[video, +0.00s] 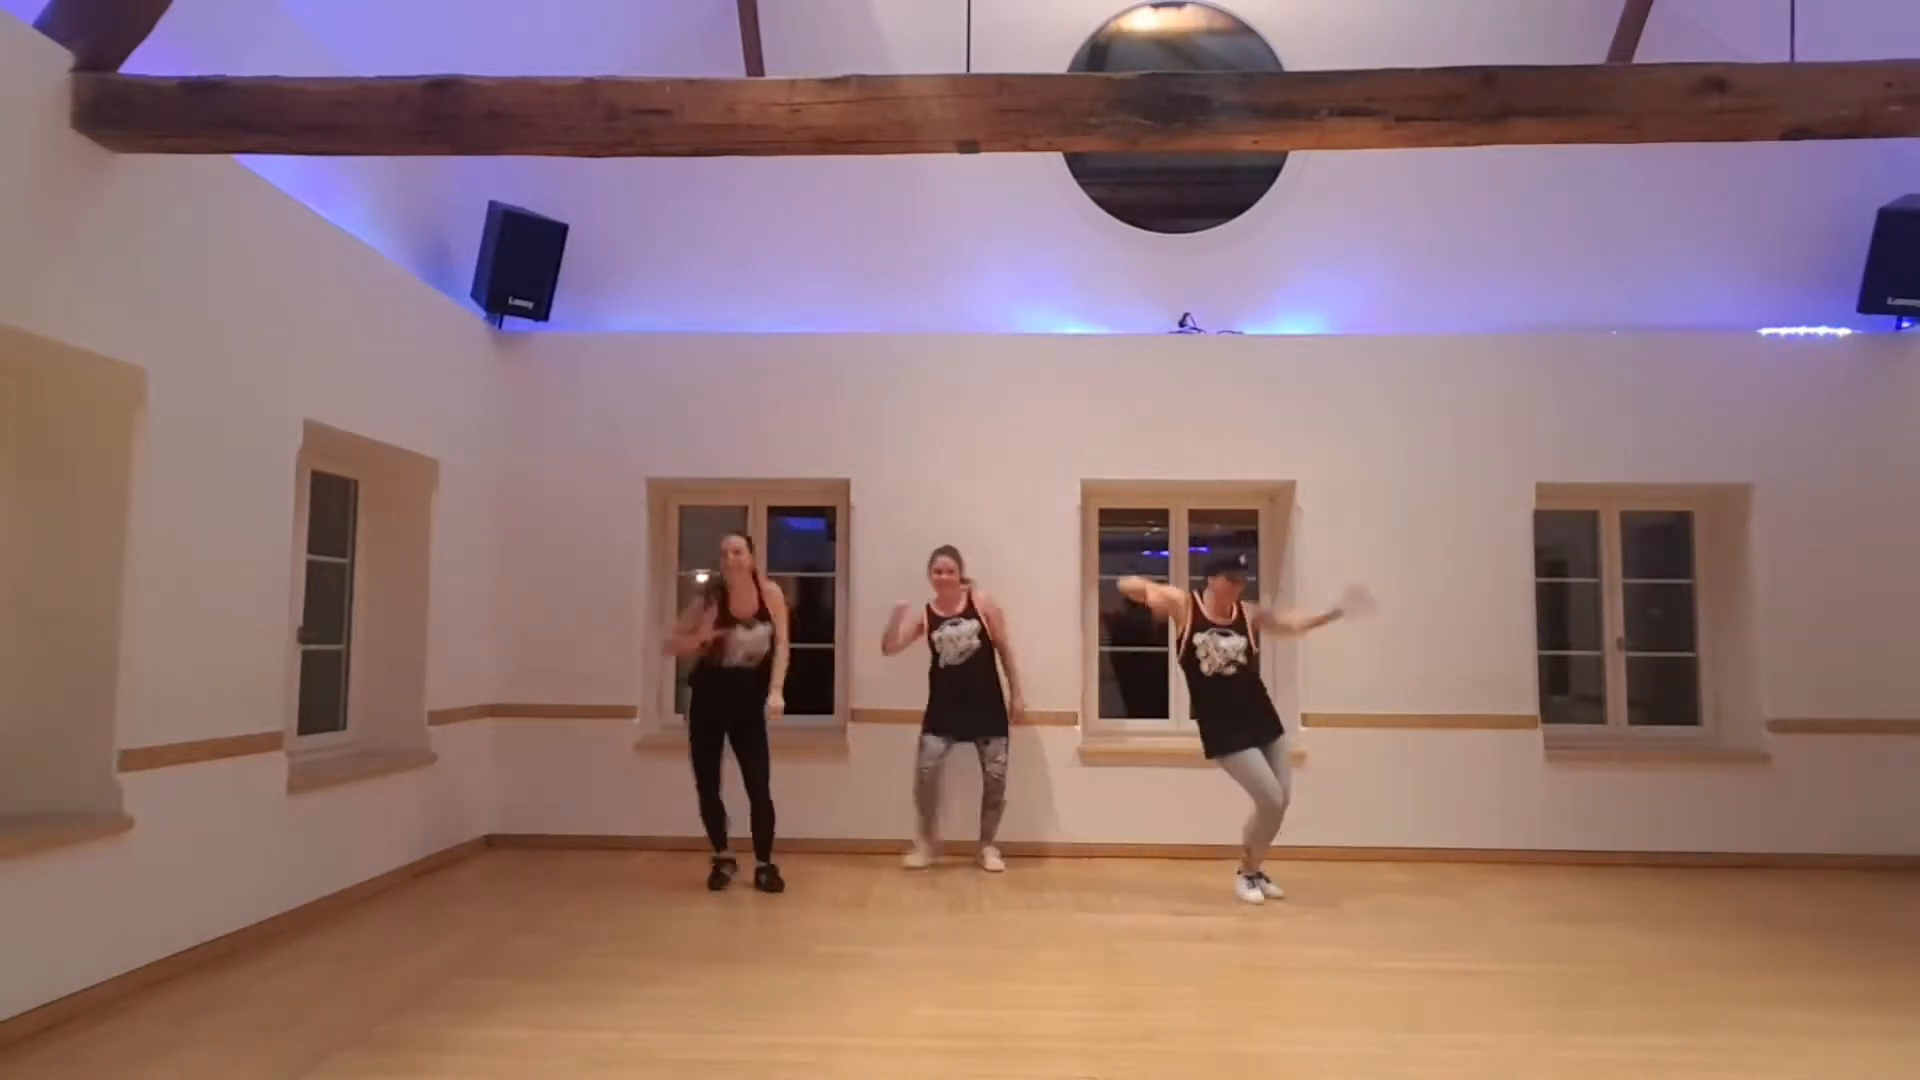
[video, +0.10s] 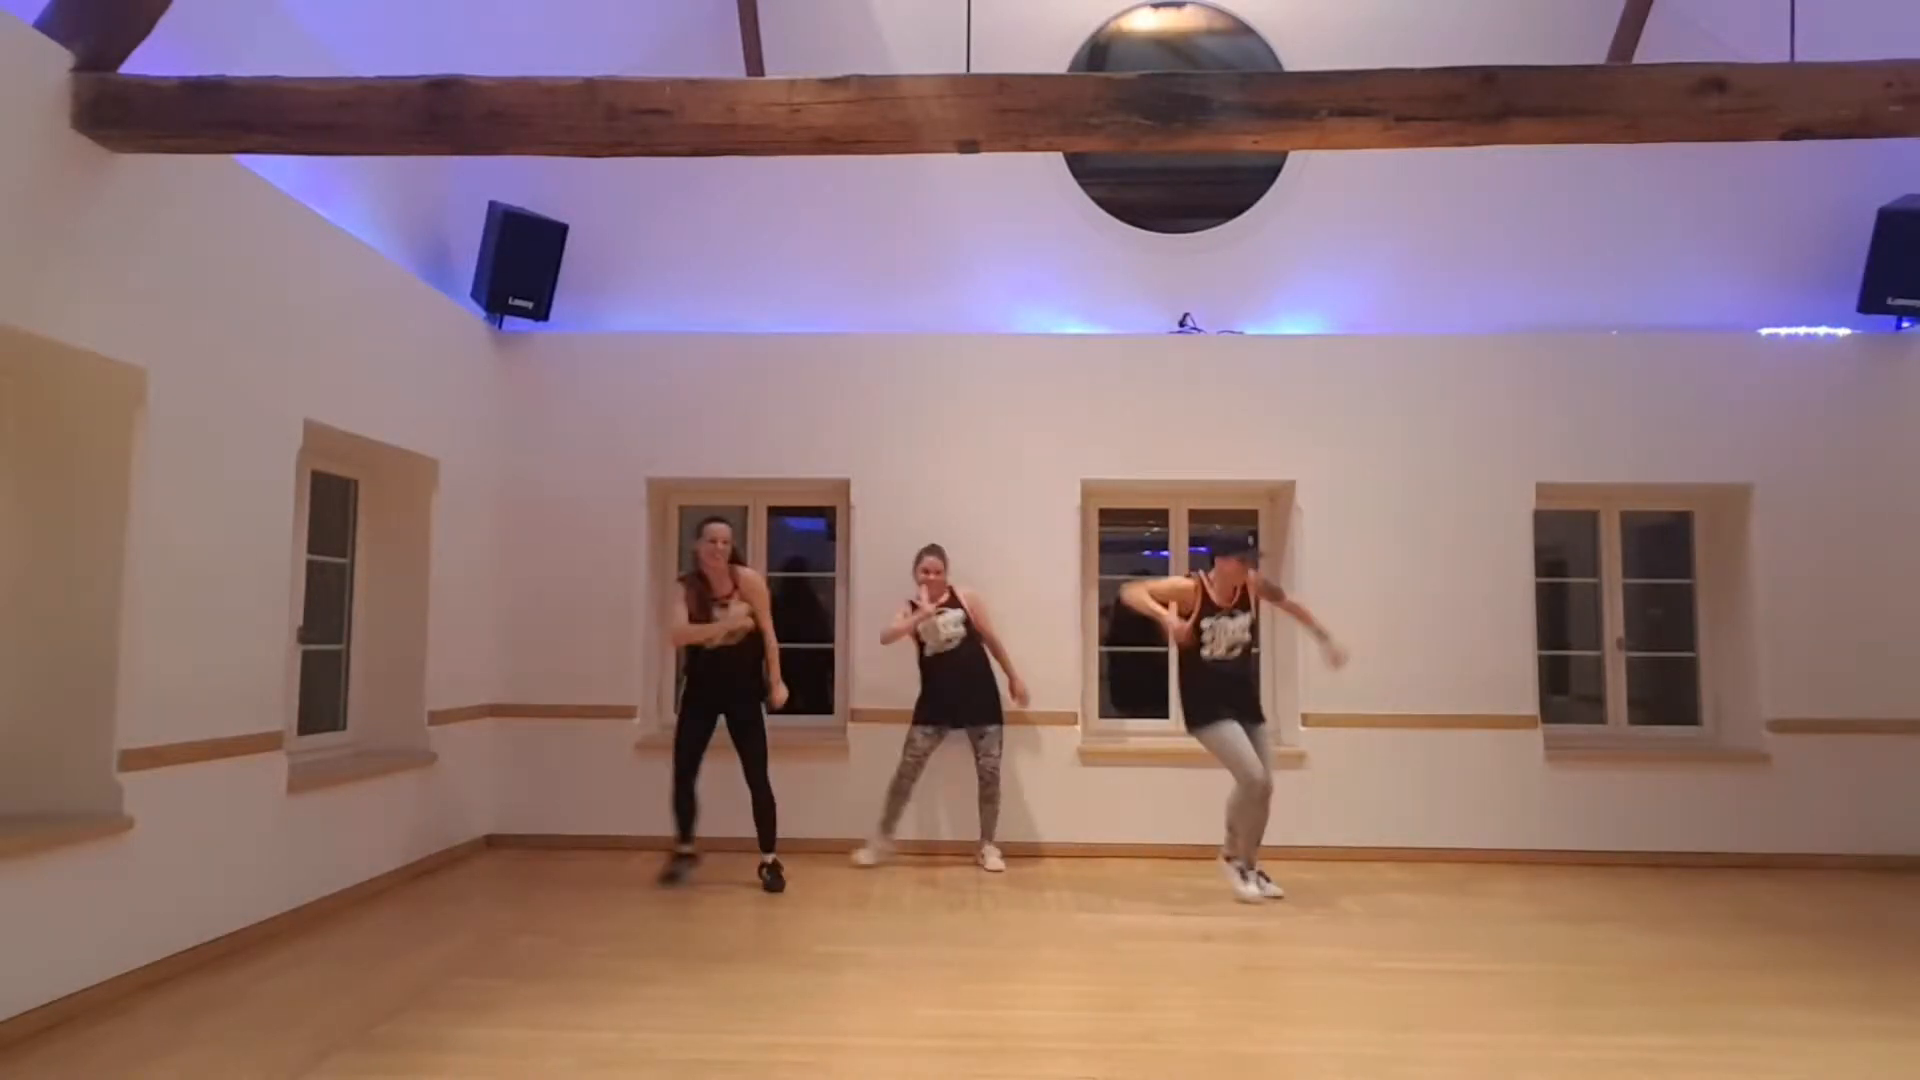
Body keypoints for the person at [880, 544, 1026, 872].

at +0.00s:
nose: (943, 577)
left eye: (950, 571)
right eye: (937, 572)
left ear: (961, 574)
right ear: (929, 576)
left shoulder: (982, 603)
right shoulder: (927, 613)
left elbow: (1004, 649)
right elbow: (889, 648)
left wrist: (1016, 694)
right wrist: (896, 621)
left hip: (986, 701)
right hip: (944, 703)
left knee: (996, 775)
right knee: (926, 769)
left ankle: (988, 845)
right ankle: (927, 843)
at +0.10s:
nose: (931, 578)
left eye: (937, 572)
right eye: (925, 572)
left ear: (947, 573)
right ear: (915, 574)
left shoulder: (966, 600)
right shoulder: (911, 609)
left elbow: (990, 639)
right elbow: (887, 637)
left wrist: (1013, 678)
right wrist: (920, 616)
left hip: (980, 696)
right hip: (937, 699)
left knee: (989, 771)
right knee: (908, 767)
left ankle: (988, 845)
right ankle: (882, 841)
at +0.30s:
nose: (906, 589)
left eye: (911, 584)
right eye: (900, 582)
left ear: (917, 587)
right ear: (885, 582)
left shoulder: (927, 616)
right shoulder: (873, 606)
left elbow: (964, 649)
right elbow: (888, 631)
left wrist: (1002, 682)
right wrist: (935, 635)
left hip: (947, 700)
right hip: (906, 705)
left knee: (968, 771)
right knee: (887, 778)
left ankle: (983, 842)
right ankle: (851, 842)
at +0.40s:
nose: (893, 593)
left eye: (898, 587)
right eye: (887, 586)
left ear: (902, 589)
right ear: (871, 585)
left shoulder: (904, 619)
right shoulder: (857, 605)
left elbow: (941, 658)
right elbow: (883, 629)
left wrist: (981, 694)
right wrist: (927, 640)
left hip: (924, 701)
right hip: (883, 710)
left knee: (956, 767)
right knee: (868, 779)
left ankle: (981, 841)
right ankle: (848, 843)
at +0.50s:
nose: (883, 592)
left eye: (888, 586)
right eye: (877, 585)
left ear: (892, 586)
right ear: (860, 583)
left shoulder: (893, 616)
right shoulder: (845, 604)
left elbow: (920, 663)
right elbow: (874, 632)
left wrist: (947, 702)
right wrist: (911, 655)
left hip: (906, 698)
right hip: (865, 704)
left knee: (945, 759)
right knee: (858, 776)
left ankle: (969, 840)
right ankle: (847, 843)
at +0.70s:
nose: (869, 575)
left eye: (874, 569)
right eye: (863, 568)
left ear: (882, 571)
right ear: (850, 569)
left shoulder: (888, 599)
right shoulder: (836, 592)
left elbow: (912, 642)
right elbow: (828, 641)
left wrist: (918, 691)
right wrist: (854, 681)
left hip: (888, 689)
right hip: (846, 690)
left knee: (913, 759)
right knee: (850, 768)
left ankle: (927, 842)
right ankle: (847, 842)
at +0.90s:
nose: (867, 570)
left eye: (874, 565)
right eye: (861, 564)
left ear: (882, 569)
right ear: (850, 567)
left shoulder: (894, 600)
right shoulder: (835, 598)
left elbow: (923, 633)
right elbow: (818, 644)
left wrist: (912, 679)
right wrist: (827, 686)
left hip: (883, 696)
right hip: (845, 696)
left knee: (870, 761)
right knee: (837, 767)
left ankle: (881, 840)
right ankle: (852, 843)